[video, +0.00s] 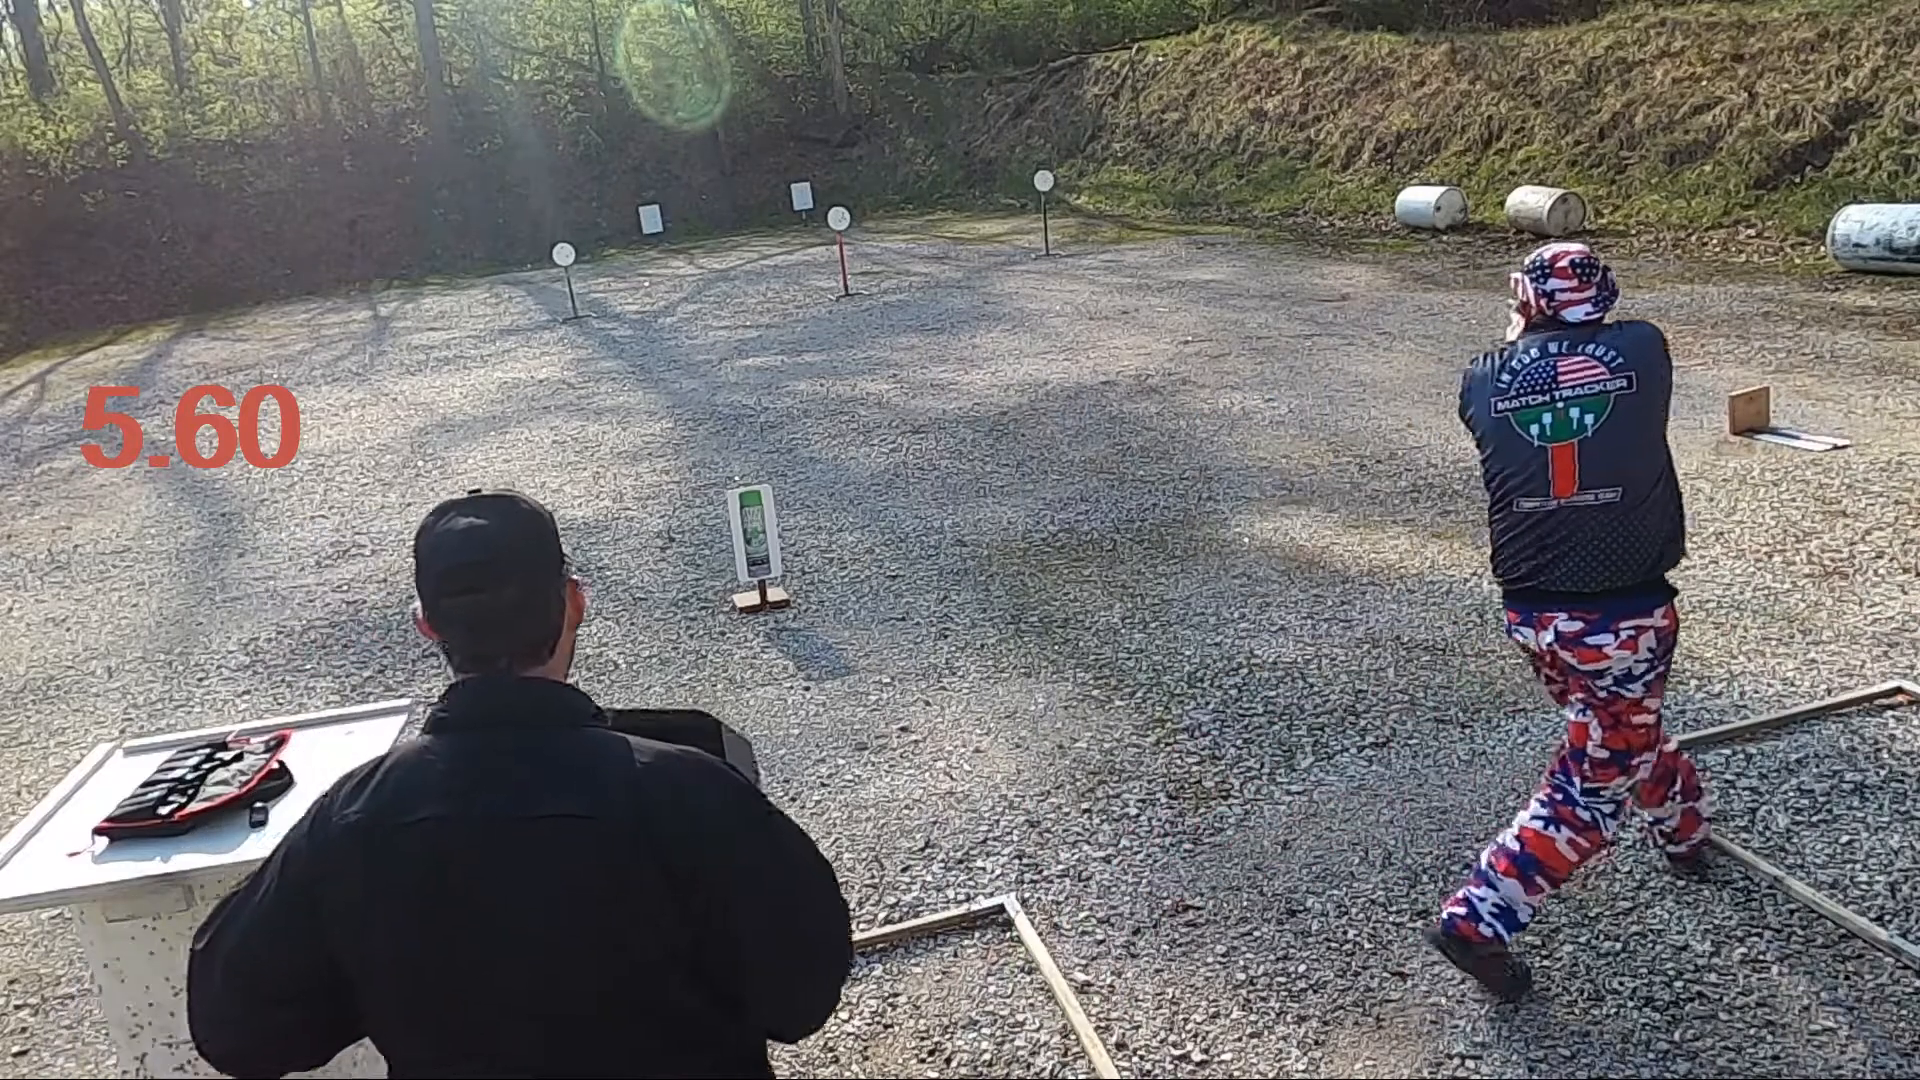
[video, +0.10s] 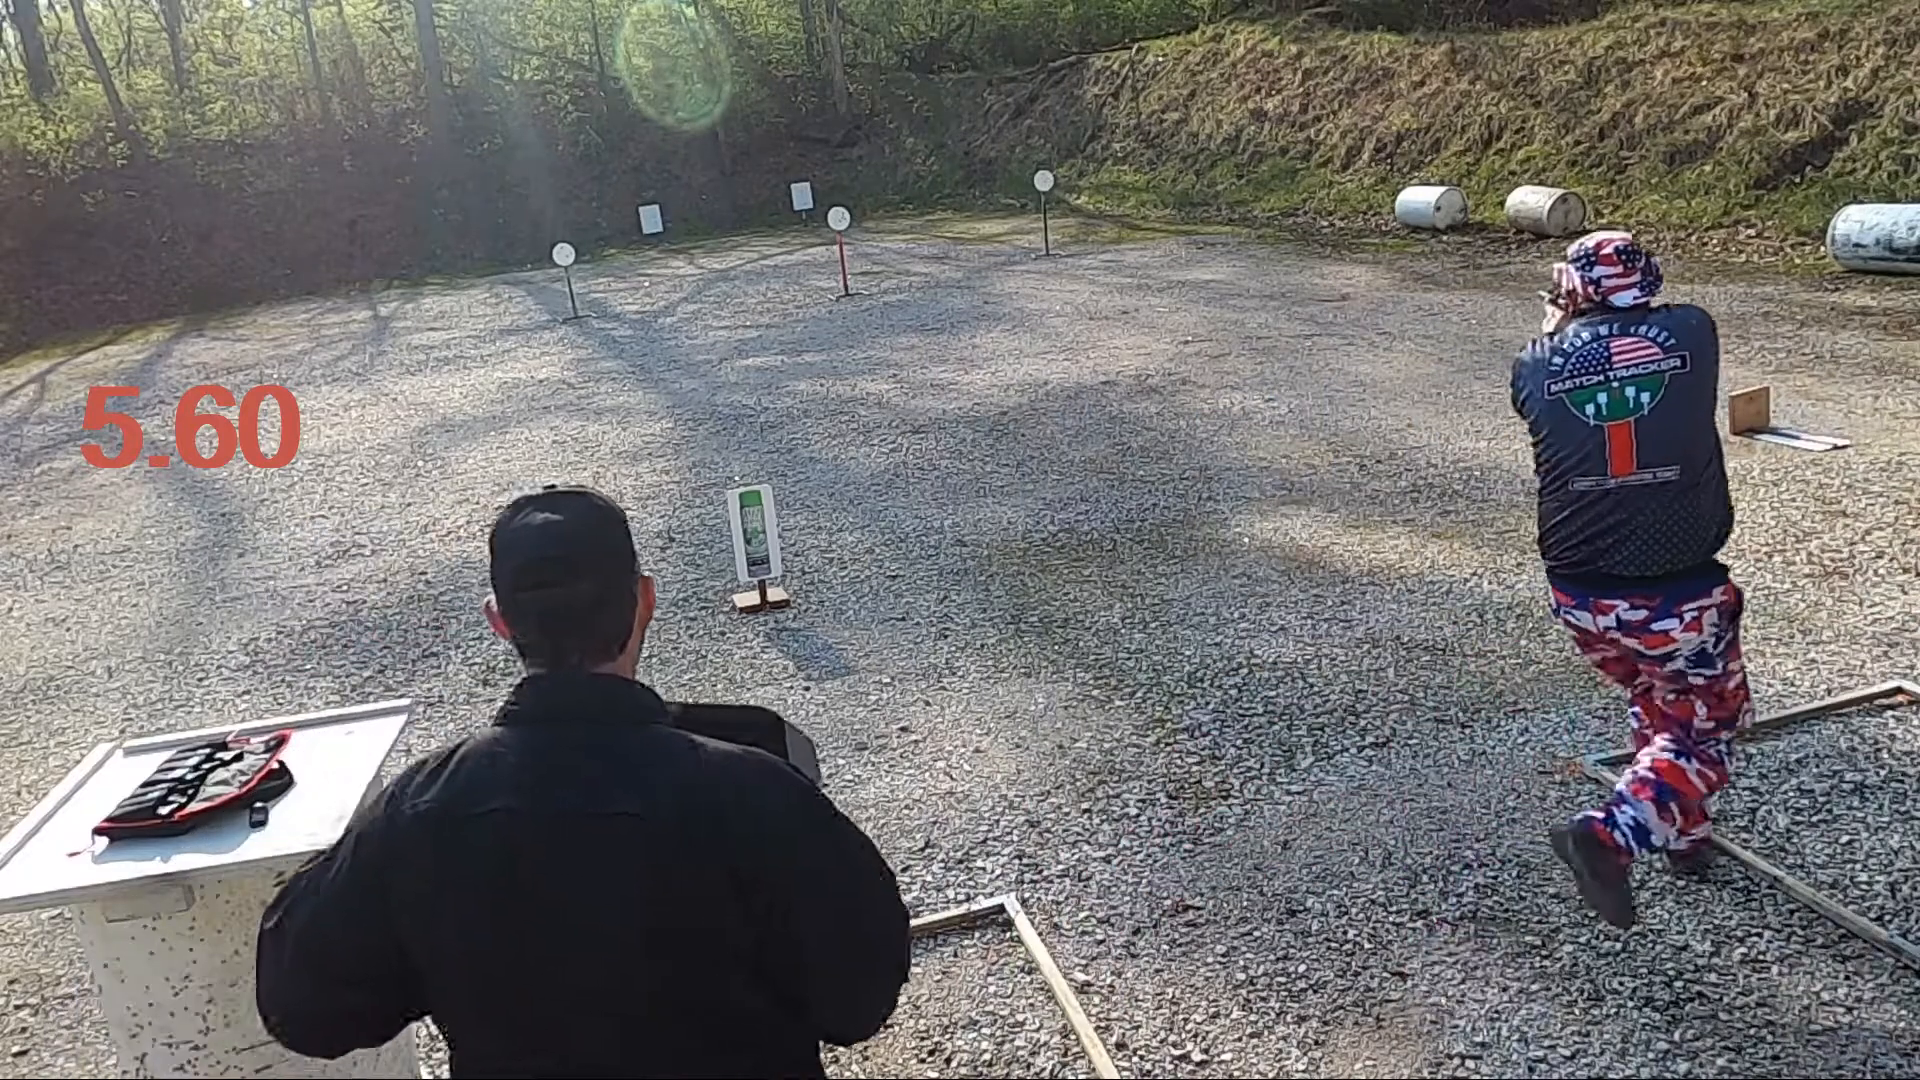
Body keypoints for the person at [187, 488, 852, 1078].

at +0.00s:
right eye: (575, 588)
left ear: (427, 631)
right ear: (575, 607)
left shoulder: (350, 828)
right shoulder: (688, 798)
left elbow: (230, 1030)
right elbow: (804, 994)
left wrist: (390, 937)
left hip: (453, 1069)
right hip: (682, 1067)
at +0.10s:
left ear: (499, 623)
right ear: (644, 604)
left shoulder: (418, 816)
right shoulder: (754, 800)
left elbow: (301, 1011)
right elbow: (863, 1000)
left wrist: (382, 837)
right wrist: (786, 795)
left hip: (513, 1066)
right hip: (738, 1066)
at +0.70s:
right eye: (1093, 507)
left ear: (957, 533)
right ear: (1089, 526)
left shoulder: (882, 694)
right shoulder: (1167, 717)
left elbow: (763, 843)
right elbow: (1261, 929)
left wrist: (904, 813)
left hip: (943, 1052)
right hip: (1125, 1056)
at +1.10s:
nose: (1294, 468)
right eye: (1293, 455)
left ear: (1170, 485)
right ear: (1286, 480)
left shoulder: (1103, 626)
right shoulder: (1348, 663)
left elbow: (1006, 752)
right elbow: (1451, 852)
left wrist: (1140, 743)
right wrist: (1406, 692)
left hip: (1157, 989)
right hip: (1302, 1021)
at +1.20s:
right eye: (1340, 444)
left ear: (1220, 470)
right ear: (1335, 464)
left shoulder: (1146, 608)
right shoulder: (1403, 641)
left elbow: (1047, 734)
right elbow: (1495, 831)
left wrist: (1174, 722)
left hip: (1200, 972)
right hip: (1353, 1006)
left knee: (1228, 1063)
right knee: (1482, 1064)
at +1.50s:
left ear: (1389, 448)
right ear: (1511, 440)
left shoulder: (1313, 589)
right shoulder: (1575, 600)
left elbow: (1206, 729)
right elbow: (1677, 785)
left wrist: (1328, 701)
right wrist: (1568, 751)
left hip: (1359, 955)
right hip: (1531, 972)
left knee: (1365, 1066)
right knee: (1594, 1066)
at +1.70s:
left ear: (1470, 421)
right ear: (1591, 410)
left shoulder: (1395, 566)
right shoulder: (1683, 574)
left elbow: (1287, 707)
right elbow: (1767, 747)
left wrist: (1406, 668)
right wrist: (1657, 700)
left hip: (1439, 913)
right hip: (1609, 935)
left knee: (1466, 1052)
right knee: (1623, 1066)